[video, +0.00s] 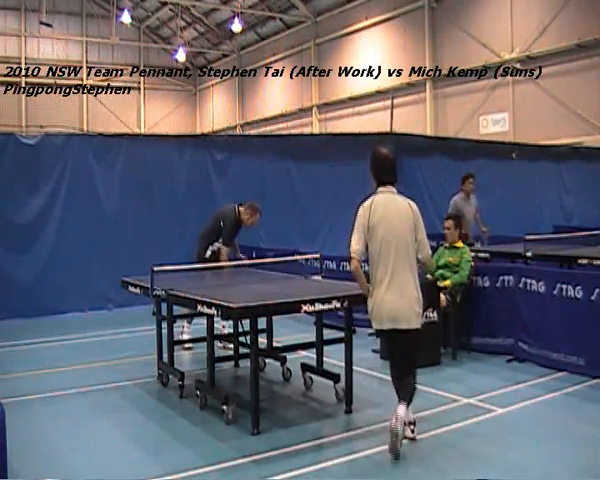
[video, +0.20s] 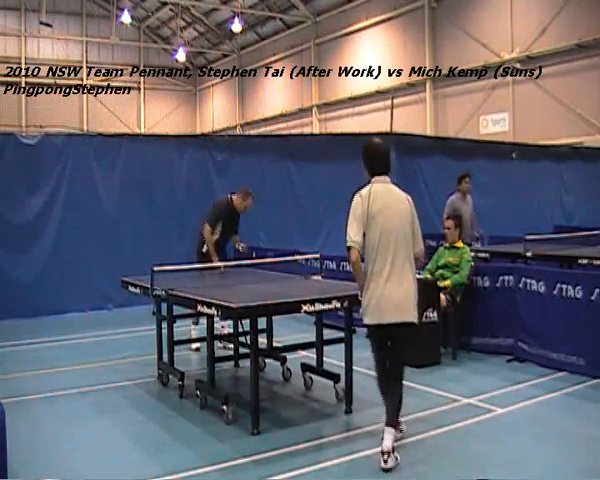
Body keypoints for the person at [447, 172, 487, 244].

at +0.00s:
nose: (472, 186)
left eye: (473, 184)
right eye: (469, 183)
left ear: (474, 186)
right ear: (463, 186)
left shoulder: (473, 198)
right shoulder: (455, 201)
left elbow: (476, 213)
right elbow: (450, 218)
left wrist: (481, 228)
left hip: (471, 234)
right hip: (459, 235)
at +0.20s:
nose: (468, 185)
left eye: (469, 183)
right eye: (465, 183)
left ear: (470, 185)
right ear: (459, 185)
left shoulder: (469, 198)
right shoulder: (452, 200)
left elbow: (471, 214)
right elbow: (446, 217)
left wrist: (473, 230)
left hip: (467, 234)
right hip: (455, 236)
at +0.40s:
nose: (467, 189)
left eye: (468, 187)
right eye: (465, 187)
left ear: (469, 189)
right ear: (459, 189)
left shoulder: (469, 201)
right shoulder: (451, 204)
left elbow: (470, 217)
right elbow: (445, 220)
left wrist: (474, 232)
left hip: (466, 235)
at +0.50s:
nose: (468, 187)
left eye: (469, 185)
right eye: (466, 184)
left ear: (470, 186)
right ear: (459, 187)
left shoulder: (467, 198)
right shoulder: (454, 202)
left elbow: (470, 212)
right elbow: (451, 220)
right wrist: (462, 226)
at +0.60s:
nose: (469, 189)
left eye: (470, 186)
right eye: (468, 186)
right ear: (462, 186)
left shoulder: (455, 185)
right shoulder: (457, 205)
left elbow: (450, 182)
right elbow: (461, 223)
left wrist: (445, 179)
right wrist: (479, 218)